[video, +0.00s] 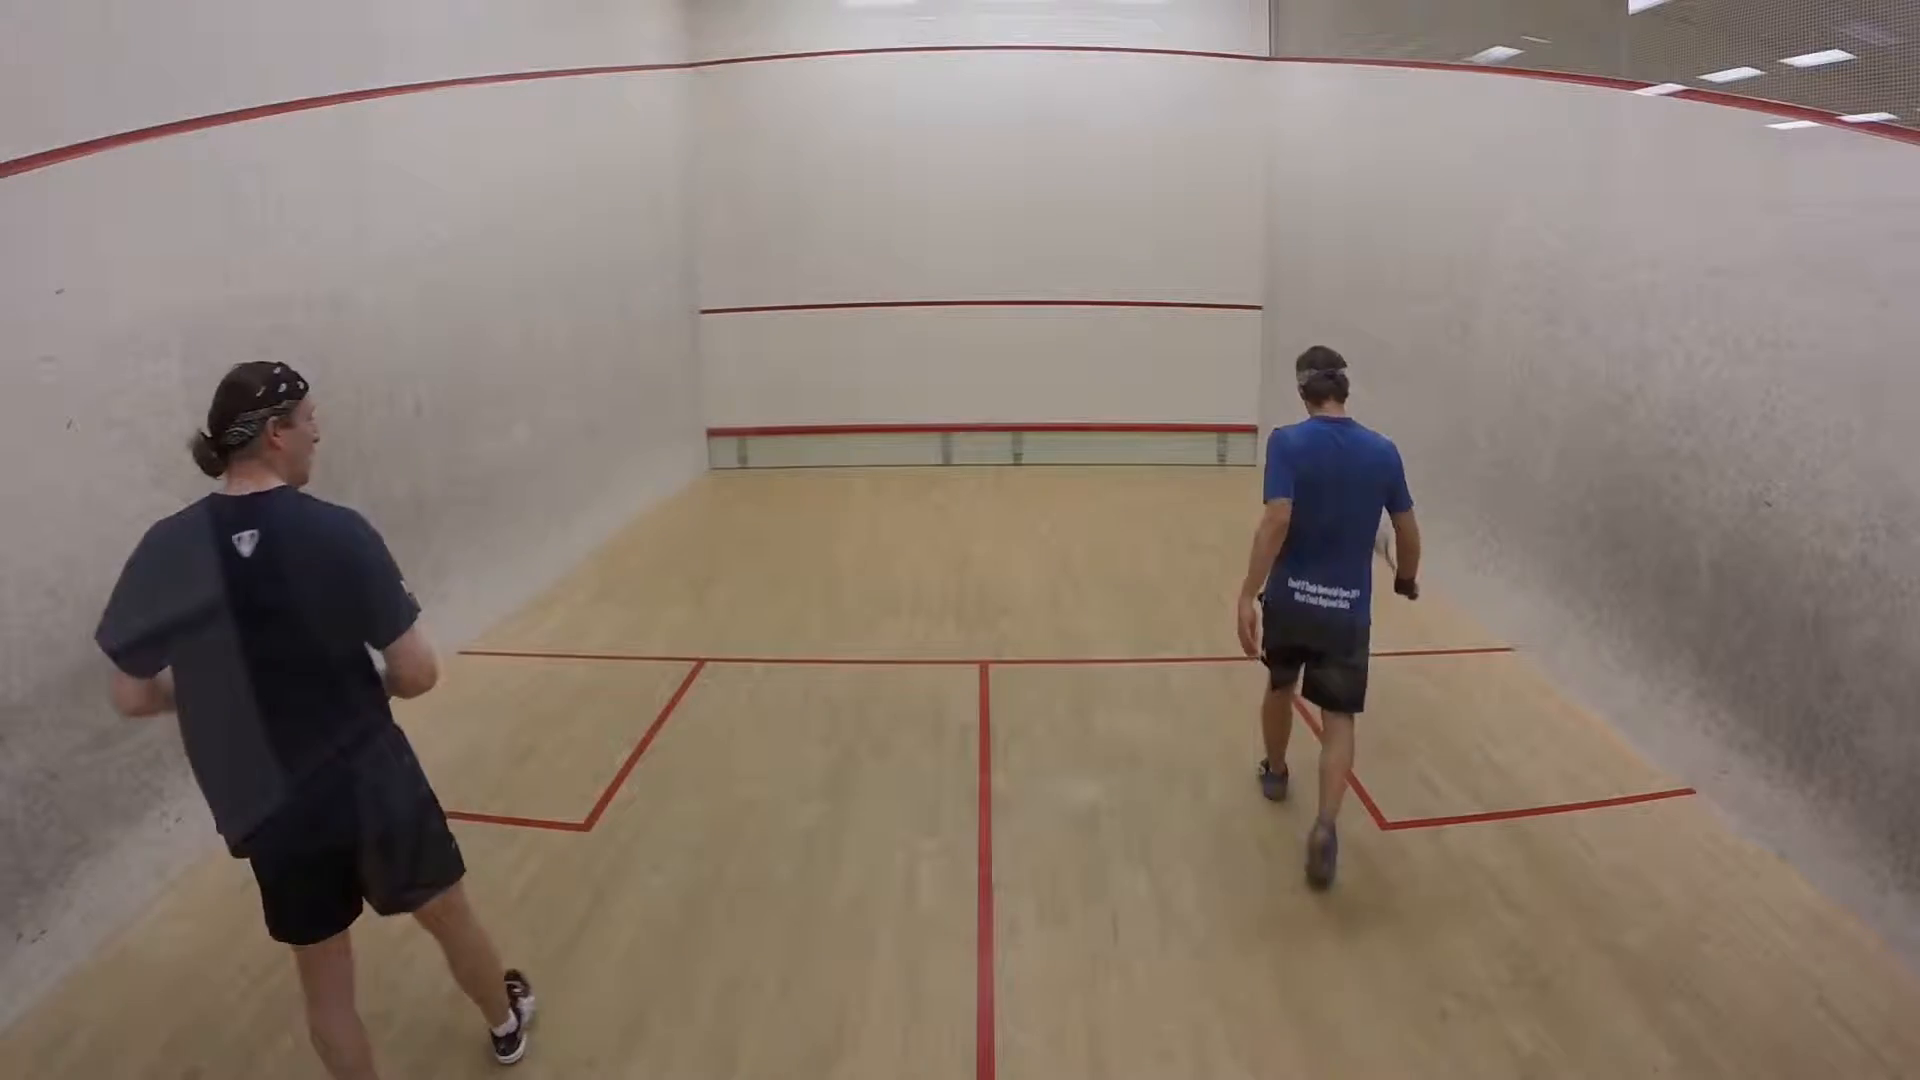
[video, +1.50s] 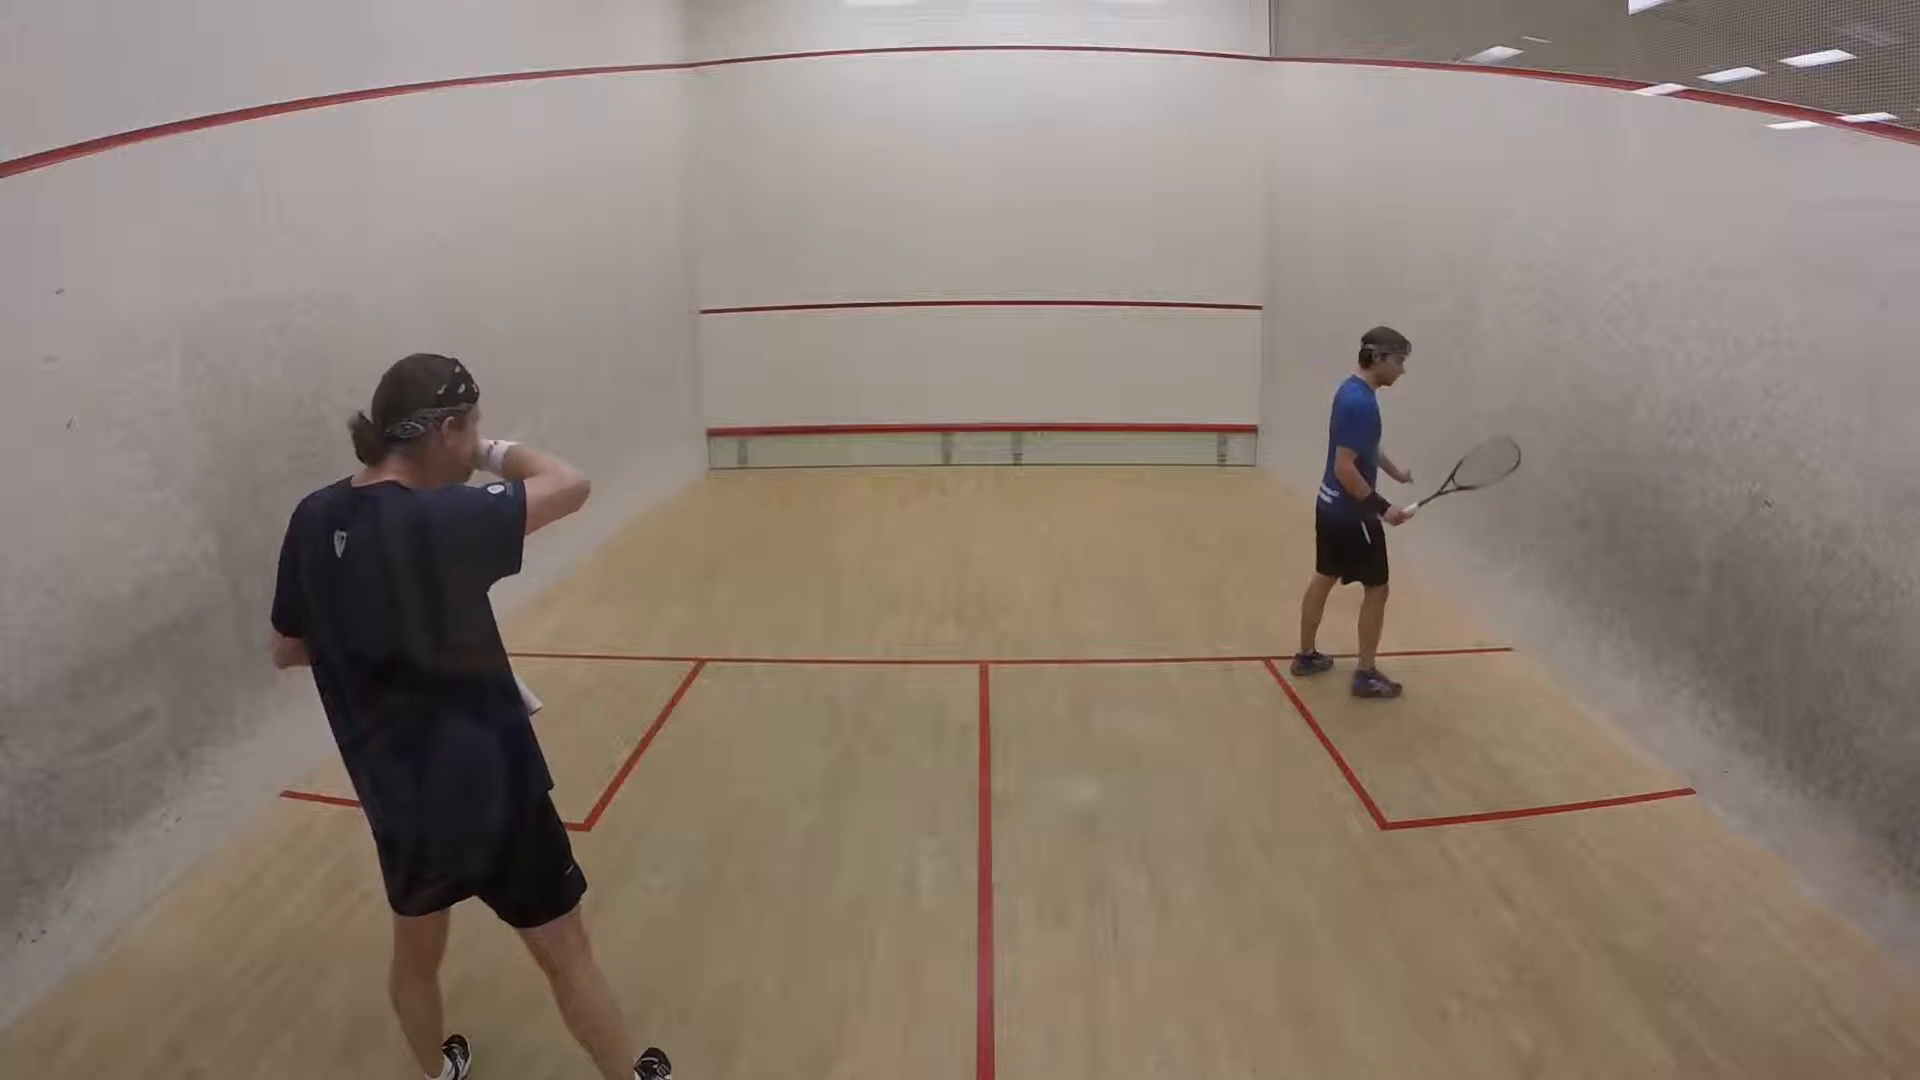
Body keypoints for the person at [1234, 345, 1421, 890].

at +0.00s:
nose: (1305, 395)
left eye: (1303, 388)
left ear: (1301, 392)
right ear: (1347, 390)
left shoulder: (1287, 442)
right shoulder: (1382, 451)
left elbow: (1278, 517)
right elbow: (1406, 530)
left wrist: (1248, 596)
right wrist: (1407, 577)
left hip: (1289, 607)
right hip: (1348, 616)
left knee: (1280, 683)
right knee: (1339, 721)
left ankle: (1275, 771)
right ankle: (1326, 824)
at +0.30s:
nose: (1311, 375)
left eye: (1308, 368)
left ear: (1310, 372)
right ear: (1348, 373)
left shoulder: (1285, 413)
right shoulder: (1373, 432)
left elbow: (1249, 475)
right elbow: (1392, 511)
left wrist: (1224, 499)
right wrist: (1394, 549)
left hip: (1285, 566)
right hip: (1337, 571)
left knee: (1281, 662)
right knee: (1323, 646)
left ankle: (1278, 771)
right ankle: (1302, 723)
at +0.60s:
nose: (1335, 375)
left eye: (1328, 368)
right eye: (1350, 370)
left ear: (1323, 370)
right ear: (1359, 374)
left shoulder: (1297, 407)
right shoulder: (1374, 427)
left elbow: (1266, 469)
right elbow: (1385, 500)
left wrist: (1246, 496)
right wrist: (1395, 552)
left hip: (1291, 545)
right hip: (1339, 552)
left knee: (1273, 623)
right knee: (1318, 626)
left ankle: (1274, 697)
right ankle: (1293, 700)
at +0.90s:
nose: (1368, 374)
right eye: (1371, 369)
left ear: (1337, 363)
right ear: (1370, 370)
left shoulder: (1304, 398)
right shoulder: (1374, 419)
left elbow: (1278, 454)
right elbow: (1373, 488)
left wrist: (1290, 489)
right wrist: (1379, 541)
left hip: (1302, 525)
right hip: (1343, 534)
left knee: (1298, 590)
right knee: (1320, 615)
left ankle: (1288, 660)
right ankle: (1293, 697)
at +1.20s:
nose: (1382, 375)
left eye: (1384, 368)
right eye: (1383, 368)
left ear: (1349, 357)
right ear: (1375, 365)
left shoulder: (1320, 390)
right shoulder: (1361, 410)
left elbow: (1309, 439)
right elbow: (1344, 474)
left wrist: (1357, 455)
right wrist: (1360, 532)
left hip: (1311, 510)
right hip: (1342, 517)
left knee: (1318, 581)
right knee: (1362, 595)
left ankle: (1308, 656)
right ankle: (1311, 659)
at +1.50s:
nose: (1402, 369)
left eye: (1403, 362)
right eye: (1398, 361)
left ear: (1373, 360)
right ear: (1378, 359)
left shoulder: (1351, 391)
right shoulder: (1361, 403)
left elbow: (1366, 442)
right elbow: (1344, 468)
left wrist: (1393, 470)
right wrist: (1383, 507)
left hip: (1330, 506)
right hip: (1353, 513)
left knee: (1324, 577)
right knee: (1377, 589)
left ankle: (1306, 655)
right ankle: (1365, 674)